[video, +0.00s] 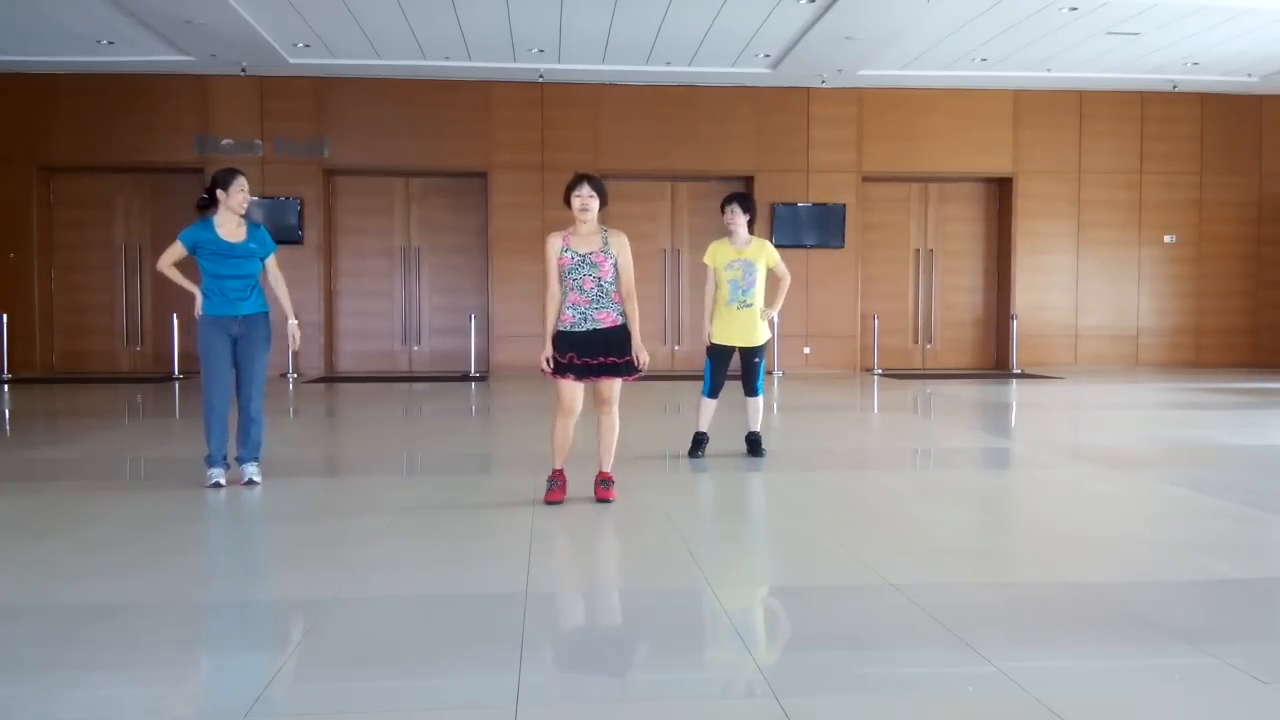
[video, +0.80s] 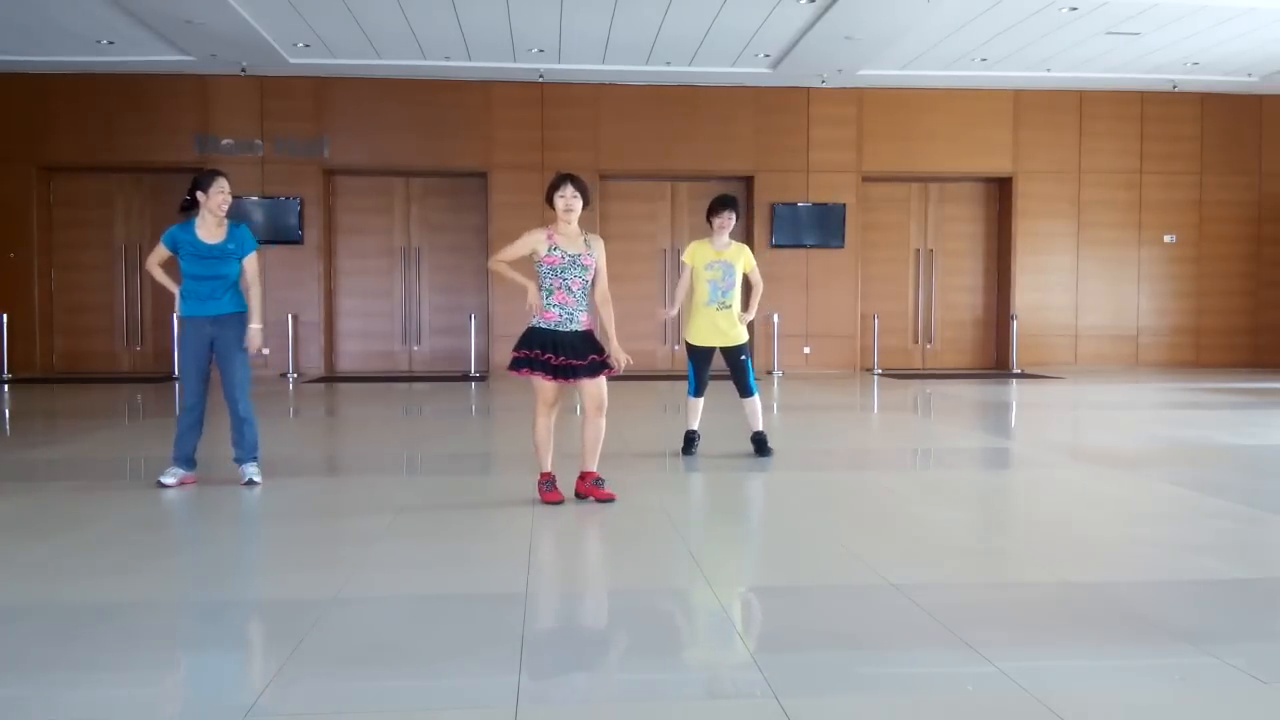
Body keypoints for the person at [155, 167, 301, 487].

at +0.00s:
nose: (247, 197)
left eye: (247, 191)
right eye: (240, 191)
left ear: (244, 195)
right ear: (220, 195)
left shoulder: (257, 233)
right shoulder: (200, 232)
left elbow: (275, 277)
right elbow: (163, 264)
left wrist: (291, 318)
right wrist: (195, 290)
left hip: (255, 322)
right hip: (215, 323)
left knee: (251, 395)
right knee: (217, 394)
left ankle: (250, 461)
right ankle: (216, 465)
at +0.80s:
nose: (227, 199)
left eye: (228, 193)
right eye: (220, 193)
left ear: (230, 197)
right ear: (200, 197)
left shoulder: (240, 234)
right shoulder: (180, 233)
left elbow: (253, 282)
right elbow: (152, 264)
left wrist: (255, 325)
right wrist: (177, 290)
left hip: (232, 320)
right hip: (193, 322)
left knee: (239, 396)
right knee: (191, 395)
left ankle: (248, 462)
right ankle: (184, 465)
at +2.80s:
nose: (208, 199)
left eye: (215, 193)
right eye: (203, 193)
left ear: (230, 197)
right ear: (197, 197)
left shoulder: (247, 234)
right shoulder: (190, 233)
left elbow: (259, 283)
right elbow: (182, 273)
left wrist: (259, 326)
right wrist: (185, 302)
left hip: (235, 322)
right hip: (197, 323)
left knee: (238, 397)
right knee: (195, 397)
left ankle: (247, 463)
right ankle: (198, 464)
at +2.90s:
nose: (204, 199)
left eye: (211, 193)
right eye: (199, 193)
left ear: (226, 198)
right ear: (193, 197)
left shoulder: (242, 236)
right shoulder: (185, 233)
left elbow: (252, 284)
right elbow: (177, 272)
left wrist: (251, 326)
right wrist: (173, 296)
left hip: (227, 322)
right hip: (190, 323)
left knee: (231, 396)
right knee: (192, 396)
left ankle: (246, 462)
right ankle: (198, 464)